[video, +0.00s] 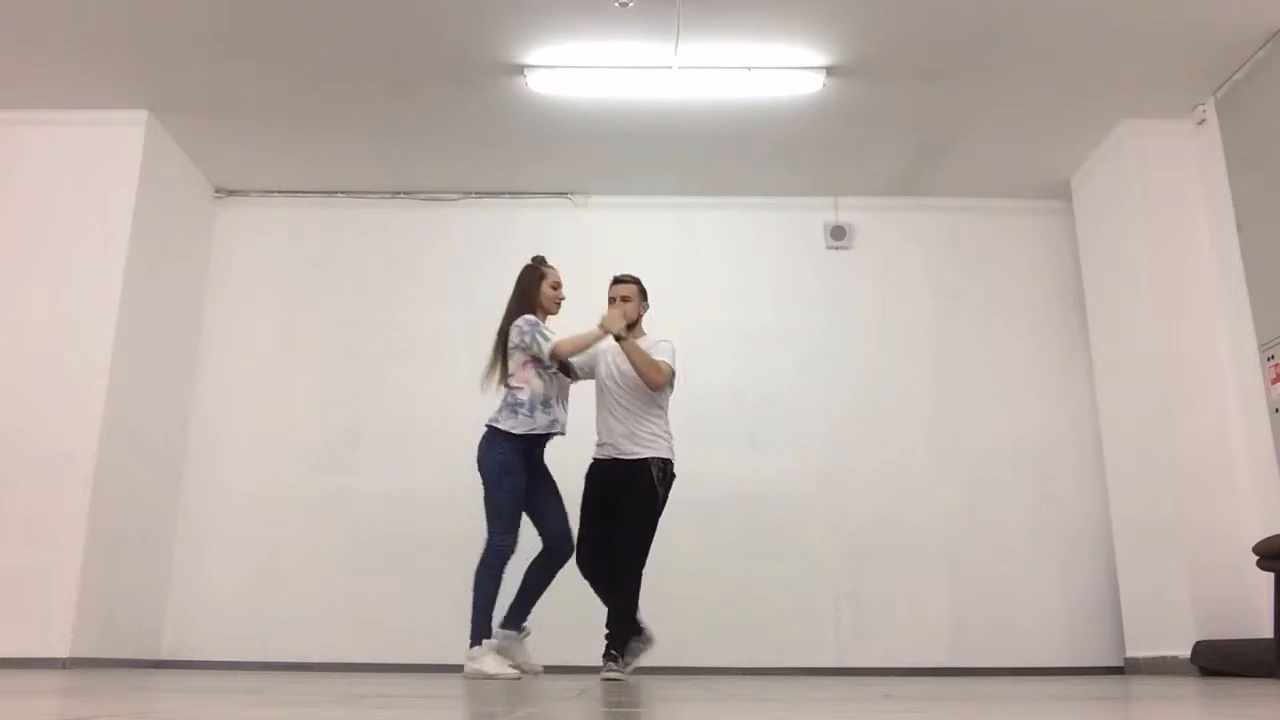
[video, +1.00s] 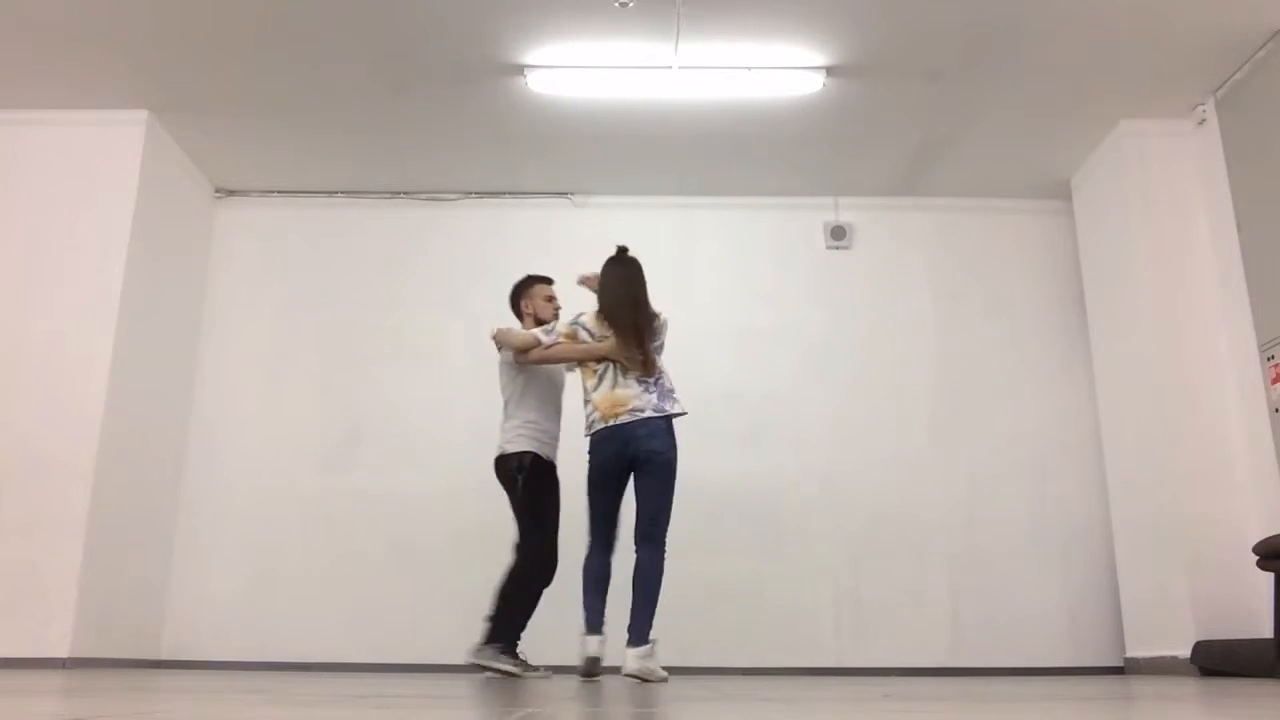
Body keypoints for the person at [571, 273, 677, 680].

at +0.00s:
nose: (618, 306)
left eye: (626, 300)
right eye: (612, 301)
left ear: (644, 307)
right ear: (607, 307)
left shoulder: (660, 346)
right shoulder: (601, 351)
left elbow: (657, 378)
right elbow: (560, 368)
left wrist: (620, 336)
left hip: (649, 463)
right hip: (606, 462)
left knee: (628, 558)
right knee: (589, 556)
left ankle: (614, 652)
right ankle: (635, 631)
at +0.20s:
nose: (615, 311)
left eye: (622, 305)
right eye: (609, 305)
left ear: (637, 312)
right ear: (600, 311)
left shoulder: (650, 359)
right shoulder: (584, 354)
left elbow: (673, 408)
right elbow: (554, 388)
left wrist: (638, 369)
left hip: (638, 470)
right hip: (591, 468)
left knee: (631, 565)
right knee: (595, 564)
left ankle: (620, 651)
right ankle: (591, 649)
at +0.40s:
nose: (607, 316)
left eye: (614, 310)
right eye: (600, 309)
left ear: (624, 317)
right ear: (586, 313)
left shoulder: (631, 364)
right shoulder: (570, 352)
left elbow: (671, 406)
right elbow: (512, 361)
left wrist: (663, 366)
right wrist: (546, 351)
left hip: (621, 468)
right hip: (579, 464)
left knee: (637, 550)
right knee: (585, 553)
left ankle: (627, 638)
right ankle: (588, 639)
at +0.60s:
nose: (610, 284)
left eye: (596, 276)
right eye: (609, 277)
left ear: (572, 282)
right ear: (611, 280)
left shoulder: (560, 327)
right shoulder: (628, 316)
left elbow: (513, 360)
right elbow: (676, 342)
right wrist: (671, 320)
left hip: (559, 446)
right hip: (602, 446)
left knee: (571, 546)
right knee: (629, 546)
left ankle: (538, 637)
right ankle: (638, 643)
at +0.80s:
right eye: (626, 276)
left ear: (588, 283)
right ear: (628, 281)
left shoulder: (574, 323)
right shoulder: (647, 316)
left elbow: (517, 354)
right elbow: (682, 332)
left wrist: (528, 344)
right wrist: (660, 304)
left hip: (598, 431)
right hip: (645, 428)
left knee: (611, 541)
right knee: (649, 542)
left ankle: (582, 644)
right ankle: (639, 649)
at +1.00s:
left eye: (601, 281)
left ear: (603, 291)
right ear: (643, 287)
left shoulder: (585, 326)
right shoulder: (656, 325)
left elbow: (525, 343)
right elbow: (636, 307)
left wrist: (500, 333)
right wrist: (604, 284)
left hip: (608, 437)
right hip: (657, 432)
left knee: (601, 541)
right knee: (650, 543)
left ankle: (593, 638)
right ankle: (639, 649)